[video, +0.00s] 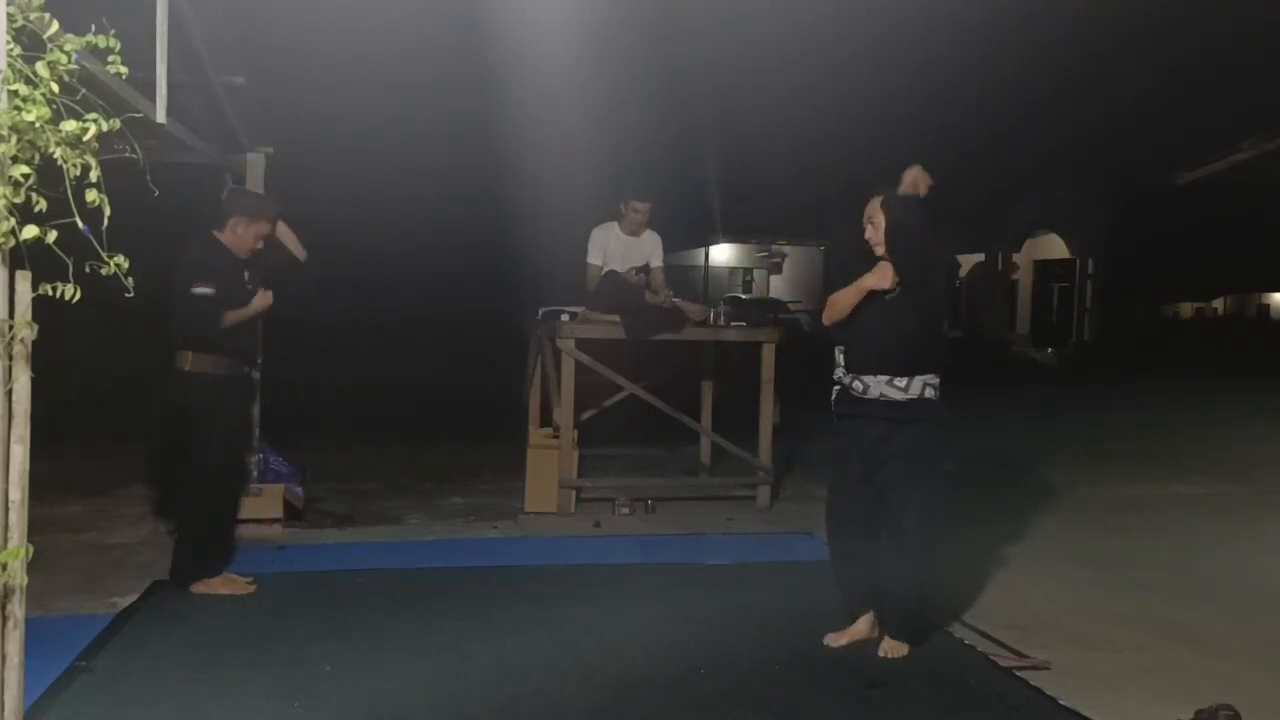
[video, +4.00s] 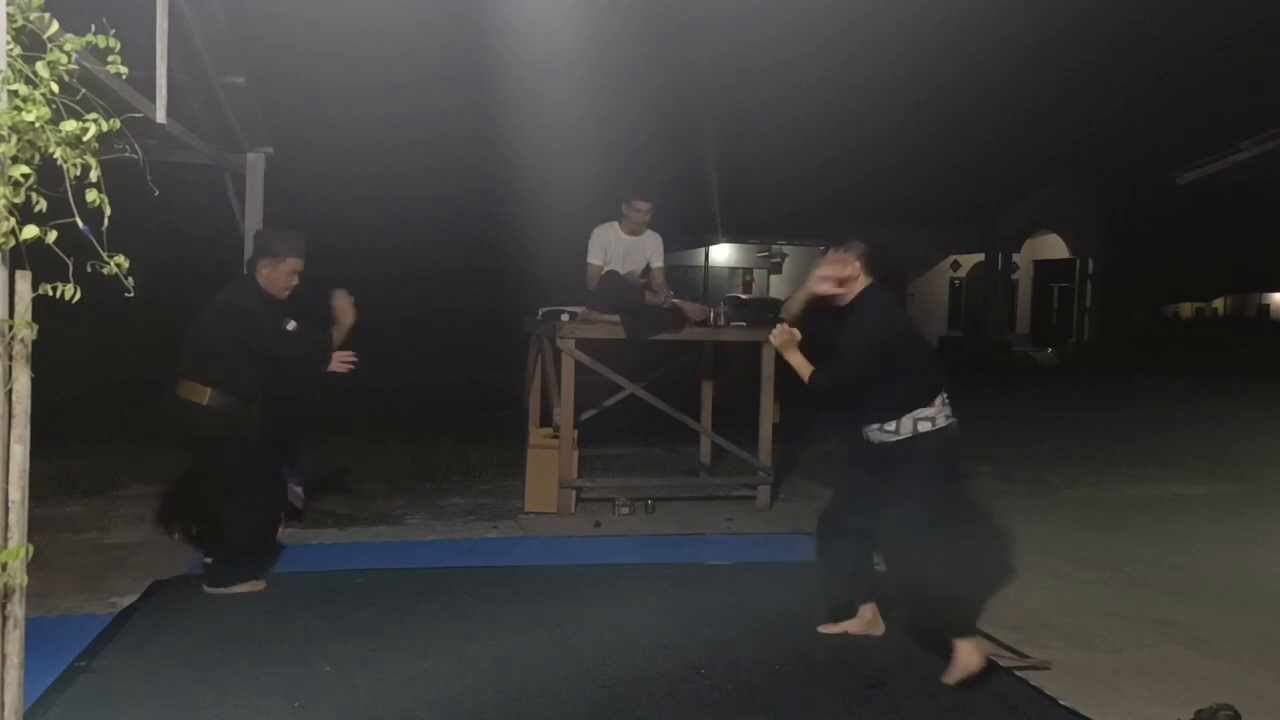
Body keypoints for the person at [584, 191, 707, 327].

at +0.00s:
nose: (641, 218)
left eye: (645, 213)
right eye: (636, 212)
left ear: (650, 213)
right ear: (623, 208)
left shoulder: (653, 239)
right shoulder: (601, 234)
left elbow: (658, 283)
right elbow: (592, 285)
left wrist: (665, 294)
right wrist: (622, 281)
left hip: (637, 301)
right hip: (603, 301)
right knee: (611, 278)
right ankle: (676, 310)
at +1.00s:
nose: (641, 219)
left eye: (645, 214)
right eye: (636, 212)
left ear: (650, 214)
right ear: (623, 209)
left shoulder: (653, 240)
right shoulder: (601, 234)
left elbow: (658, 281)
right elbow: (592, 285)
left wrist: (664, 295)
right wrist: (621, 281)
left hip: (635, 300)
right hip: (603, 300)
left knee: (674, 317)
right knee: (611, 278)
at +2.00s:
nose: (633, 214)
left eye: (639, 209)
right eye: (628, 207)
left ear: (648, 212)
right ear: (620, 207)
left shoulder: (652, 239)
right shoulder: (601, 234)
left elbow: (658, 282)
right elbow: (591, 284)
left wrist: (664, 294)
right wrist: (621, 279)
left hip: (634, 300)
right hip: (602, 300)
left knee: (676, 317)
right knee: (611, 278)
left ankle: (607, 319)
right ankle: (679, 306)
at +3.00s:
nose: (635, 215)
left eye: (641, 210)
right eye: (630, 209)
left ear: (647, 213)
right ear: (621, 208)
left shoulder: (653, 239)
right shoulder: (601, 234)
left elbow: (659, 282)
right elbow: (591, 283)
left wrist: (664, 293)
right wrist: (622, 280)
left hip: (636, 300)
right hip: (603, 299)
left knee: (674, 317)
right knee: (611, 279)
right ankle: (679, 306)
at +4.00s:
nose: (642, 218)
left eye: (647, 212)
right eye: (637, 211)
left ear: (651, 214)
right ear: (624, 209)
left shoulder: (654, 240)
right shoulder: (602, 234)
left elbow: (659, 283)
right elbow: (592, 283)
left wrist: (665, 295)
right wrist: (623, 281)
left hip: (637, 300)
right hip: (603, 300)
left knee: (675, 317)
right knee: (611, 278)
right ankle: (679, 306)